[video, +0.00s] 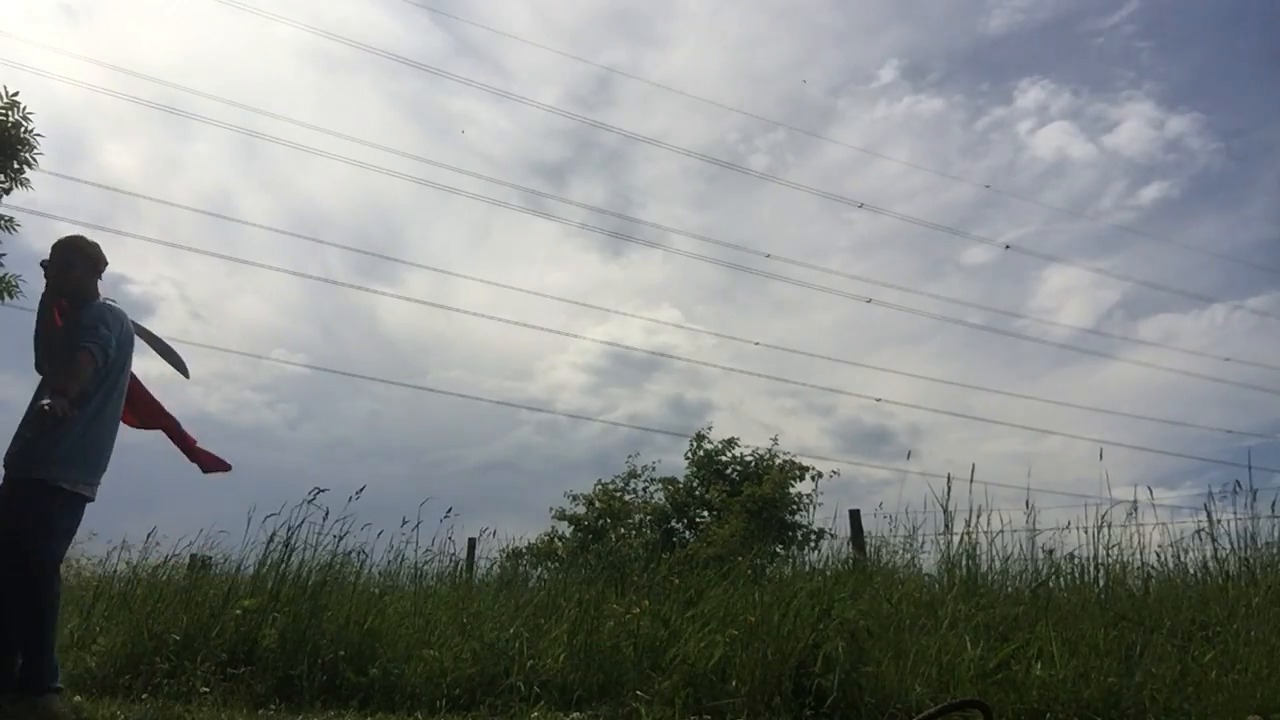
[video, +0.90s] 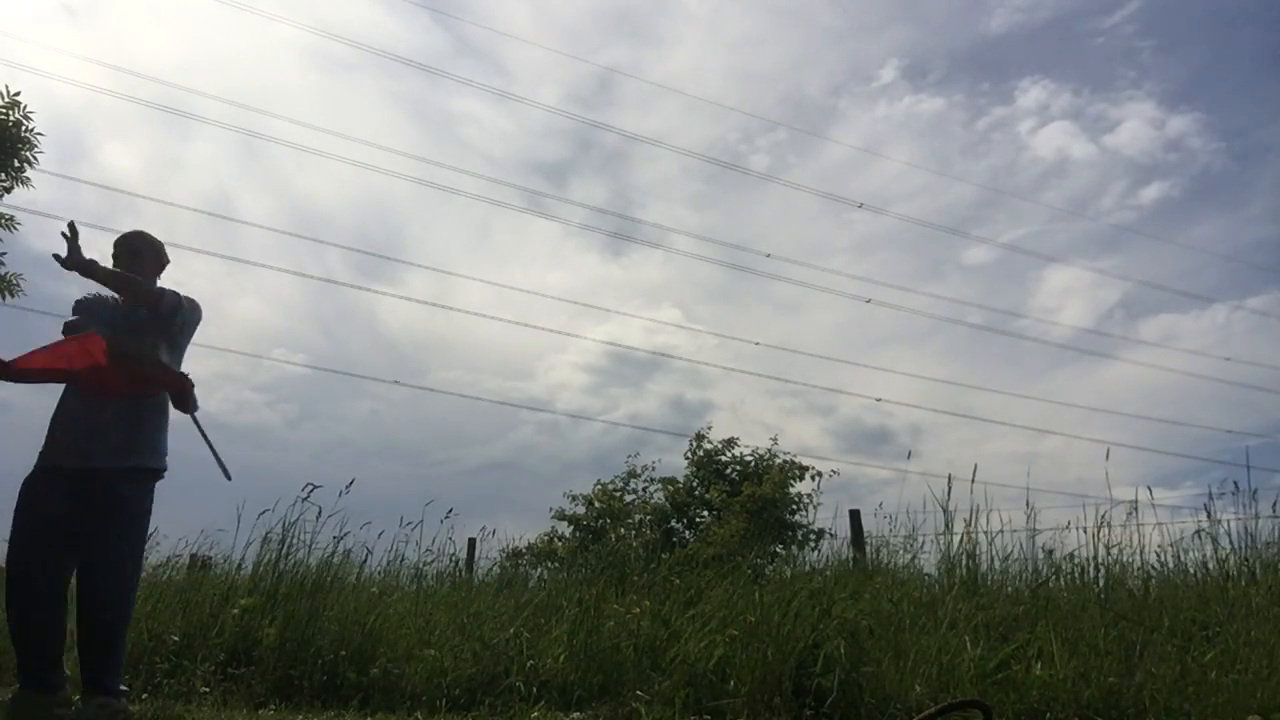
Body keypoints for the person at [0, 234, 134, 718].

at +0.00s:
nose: (49, 277)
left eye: (57, 268)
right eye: (49, 269)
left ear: (86, 271)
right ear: (85, 274)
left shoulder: (102, 316)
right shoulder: (90, 322)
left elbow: (78, 371)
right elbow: (48, 363)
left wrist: (59, 398)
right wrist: (47, 302)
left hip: (53, 472)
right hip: (48, 472)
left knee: (32, 574)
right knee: (29, 574)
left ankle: (36, 684)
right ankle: (32, 680)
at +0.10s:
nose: (54, 274)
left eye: (62, 264)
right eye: (51, 265)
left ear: (86, 270)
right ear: (55, 275)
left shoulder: (103, 317)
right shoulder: (63, 329)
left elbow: (113, 359)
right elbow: (24, 357)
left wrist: (108, 397)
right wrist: (34, 296)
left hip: (60, 467)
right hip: (27, 463)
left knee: (25, 572)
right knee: (16, 571)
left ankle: (30, 684)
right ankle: (26, 680)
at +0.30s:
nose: (46, 269)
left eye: (58, 261)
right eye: (45, 262)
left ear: (85, 268)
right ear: (47, 271)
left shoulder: (99, 313)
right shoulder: (48, 331)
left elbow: (139, 364)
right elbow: (9, 349)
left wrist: (177, 415)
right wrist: (17, 293)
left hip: (58, 464)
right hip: (27, 462)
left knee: (25, 564)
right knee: (20, 568)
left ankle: (66, 671)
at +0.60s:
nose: (69, 271)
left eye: (81, 263)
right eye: (68, 263)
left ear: (108, 274)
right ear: (66, 274)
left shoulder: (135, 329)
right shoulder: (42, 336)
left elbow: (184, 364)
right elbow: (6, 361)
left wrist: (216, 397)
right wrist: (4, 334)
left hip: (82, 474)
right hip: (23, 472)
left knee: (69, 565)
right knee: (5, 572)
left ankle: (101, 684)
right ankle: (4, 686)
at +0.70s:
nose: (96, 272)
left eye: (108, 264)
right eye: (91, 264)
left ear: (130, 274)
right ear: (84, 275)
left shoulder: (154, 328)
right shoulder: (65, 327)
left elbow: (202, 361)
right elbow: (36, 380)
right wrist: (12, 321)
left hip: (97, 478)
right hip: (35, 472)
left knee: (84, 578)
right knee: (9, 580)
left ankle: (101, 695)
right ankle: (4, 688)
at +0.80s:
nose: (107, 266)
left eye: (118, 259)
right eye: (106, 259)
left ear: (140, 270)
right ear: (104, 268)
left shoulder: (163, 326)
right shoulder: (81, 320)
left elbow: (193, 324)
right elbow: (49, 356)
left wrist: (149, 274)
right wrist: (74, 346)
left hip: (115, 473)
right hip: (53, 465)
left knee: (99, 587)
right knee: (17, 578)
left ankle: (101, 696)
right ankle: (8, 687)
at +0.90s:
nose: (127, 264)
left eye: (138, 257)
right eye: (121, 257)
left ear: (162, 267)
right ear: (111, 263)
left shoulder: (182, 312)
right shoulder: (92, 306)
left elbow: (143, 298)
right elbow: (95, 360)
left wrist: (88, 268)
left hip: (129, 471)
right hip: (63, 463)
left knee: (111, 586)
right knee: (30, 576)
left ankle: (103, 693)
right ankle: (38, 690)